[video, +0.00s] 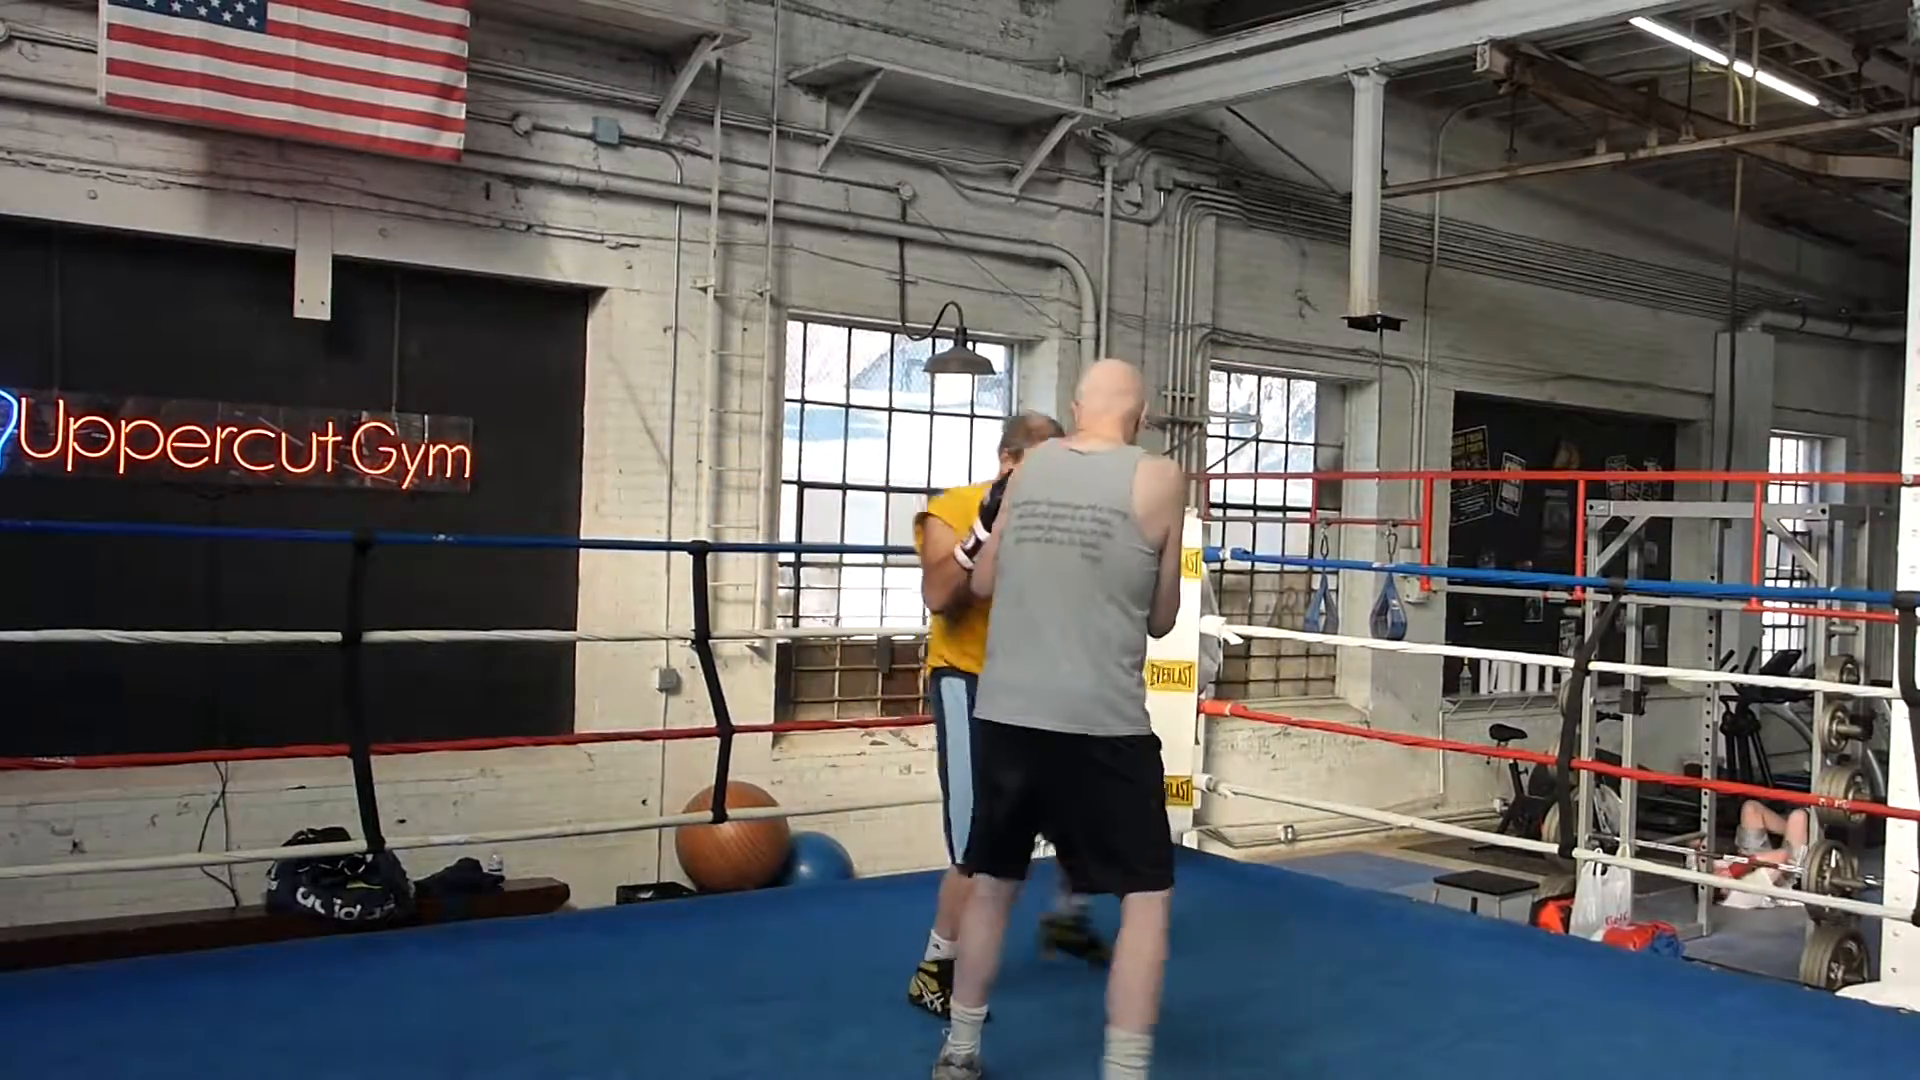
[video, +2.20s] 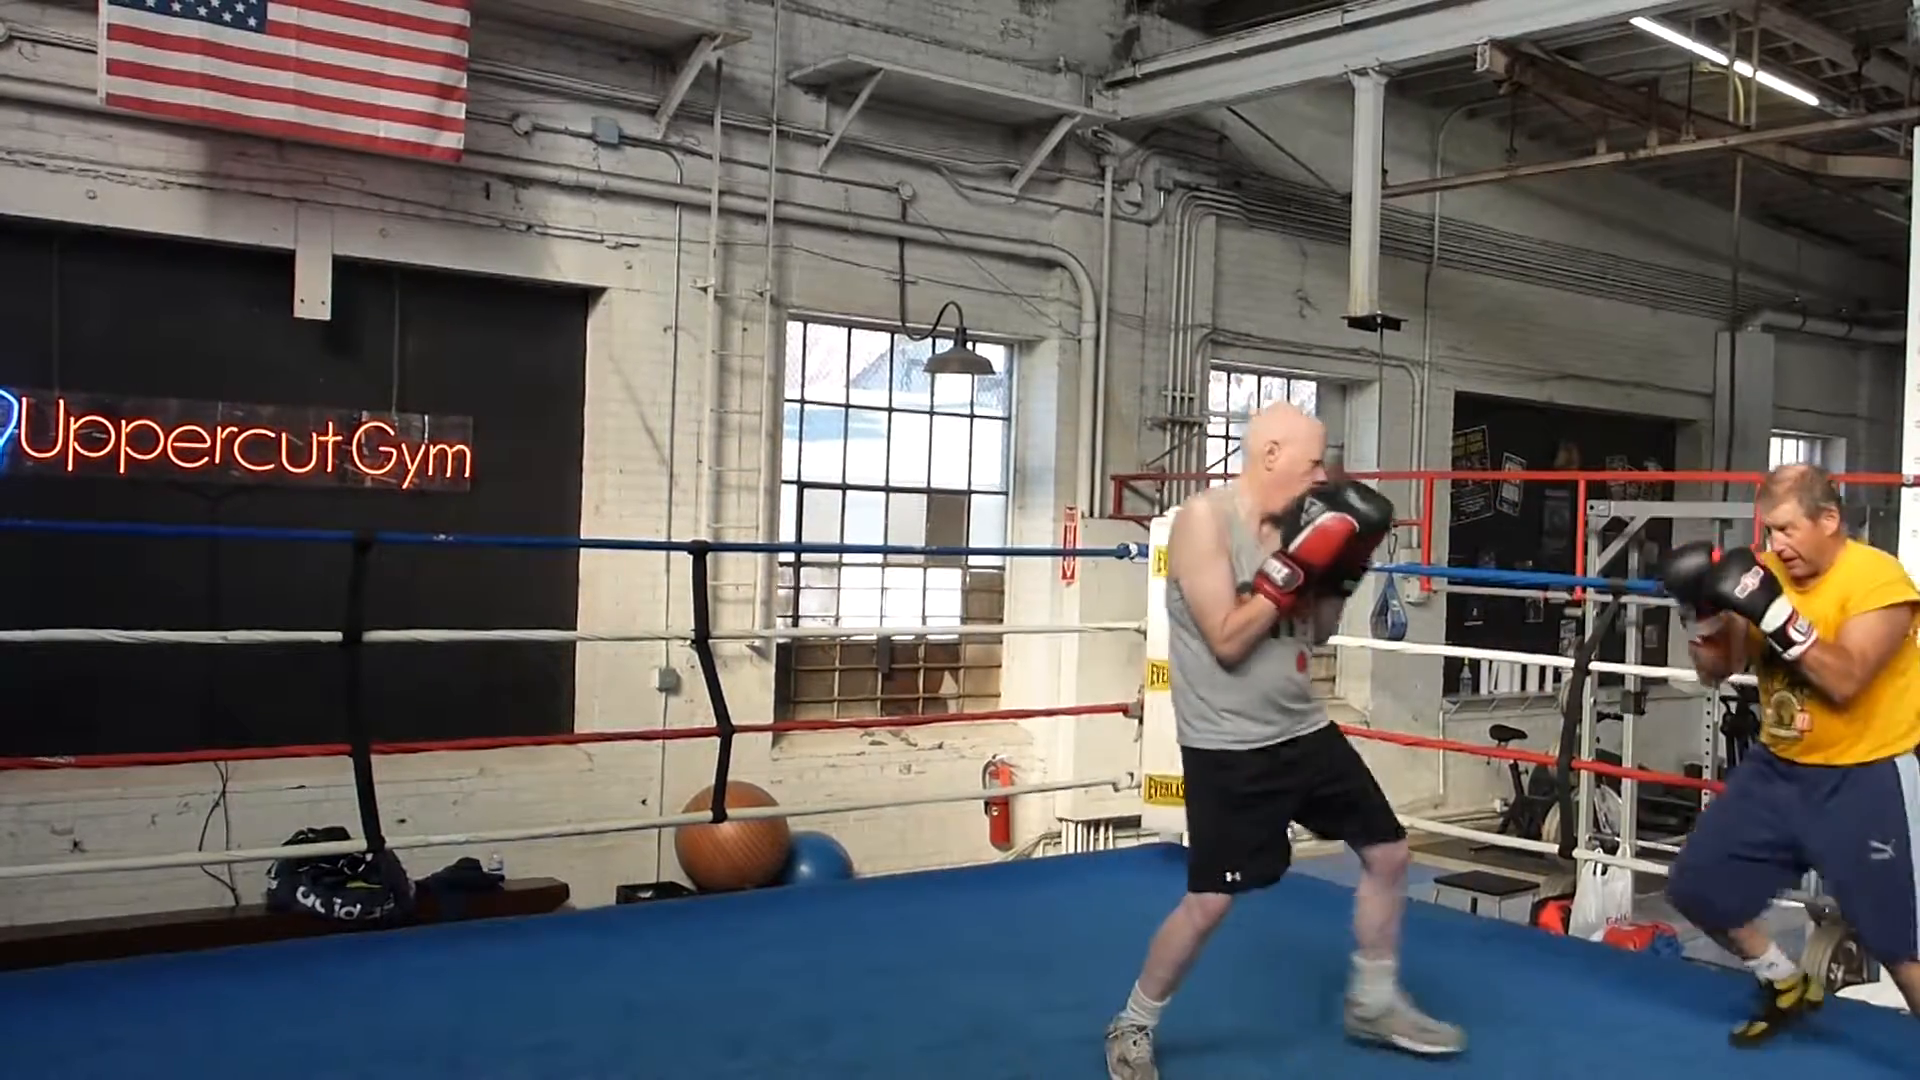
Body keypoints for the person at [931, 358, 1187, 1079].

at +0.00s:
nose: (1109, 407)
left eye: (1086, 397)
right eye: (1139, 407)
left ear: (1074, 410)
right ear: (1143, 417)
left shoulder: (1028, 468)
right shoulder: (1162, 479)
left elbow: (984, 580)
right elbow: (1161, 616)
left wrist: (1049, 551)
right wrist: (1105, 568)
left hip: (1009, 717)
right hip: (1105, 727)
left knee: (990, 882)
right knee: (1146, 895)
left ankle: (960, 1052)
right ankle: (1125, 1070)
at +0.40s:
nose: (1167, 421)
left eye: (1159, 410)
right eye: (1164, 411)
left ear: (1091, 417)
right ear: (1156, 419)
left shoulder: (1046, 480)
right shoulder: (1181, 487)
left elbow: (1053, 583)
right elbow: (1194, 622)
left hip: (1046, 728)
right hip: (1145, 737)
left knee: (1030, 867)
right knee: (1148, 913)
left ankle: (982, 1038)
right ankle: (1099, 1072)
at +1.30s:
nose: (1211, 449)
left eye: (1214, 436)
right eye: (1211, 432)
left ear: (1157, 415)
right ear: (1188, 418)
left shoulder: (1119, 473)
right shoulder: (1149, 480)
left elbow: (1158, 590)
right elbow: (1178, 603)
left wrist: (1206, 523)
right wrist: (1228, 533)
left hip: (1106, 707)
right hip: (1112, 713)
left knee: (1120, 871)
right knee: (1109, 882)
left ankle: (1094, 1014)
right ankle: (1037, 1050)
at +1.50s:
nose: (1211, 464)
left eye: (1214, 451)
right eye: (1211, 447)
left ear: (1162, 432)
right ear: (1183, 434)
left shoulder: (1123, 496)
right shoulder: (1133, 503)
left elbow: (1163, 602)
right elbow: (1176, 620)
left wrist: (1207, 535)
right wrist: (1229, 543)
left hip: (1156, 720)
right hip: (1130, 727)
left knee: (1225, 827)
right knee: (1138, 893)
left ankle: (1152, 981)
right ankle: (1040, 1053)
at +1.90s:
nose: (1283, 457)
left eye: (1287, 445)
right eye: (1281, 442)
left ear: (1249, 425)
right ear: (1245, 424)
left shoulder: (1238, 497)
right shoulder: (1178, 484)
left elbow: (1263, 602)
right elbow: (1220, 603)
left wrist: (1300, 535)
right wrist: (1282, 536)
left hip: (1248, 712)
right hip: (1186, 713)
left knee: (1249, 861)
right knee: (1178, 868)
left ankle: (1236, 1011)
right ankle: (1108, 1024)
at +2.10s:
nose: (1297, 470)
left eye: (1301, 458)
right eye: (1293, 454)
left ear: (1260, 445)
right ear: (1251, 441)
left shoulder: (1264, 520)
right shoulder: (1184, 506)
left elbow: (1292, 618)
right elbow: (1227, 624)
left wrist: (1324, 542)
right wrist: (1292, 546)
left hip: (1281, 726)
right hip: (1205, 736)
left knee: (1358, 849)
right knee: (1197, 891)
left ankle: (1286, 977)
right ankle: (1131, 1025)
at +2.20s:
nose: (1320, 478)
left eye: (1322, 466)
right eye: (1313, 463)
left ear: (1278, 453)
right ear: (1271, 453)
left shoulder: (1291, 523)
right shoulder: (1201, 518)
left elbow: (1313, 632)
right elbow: (1227, 641)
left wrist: (1342, 568)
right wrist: (1301, 562)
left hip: (1303, 731)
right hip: (1224, 744)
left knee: (1388, 854)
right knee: (1211, 899)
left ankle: (1373, 1006)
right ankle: (1133, 1027)